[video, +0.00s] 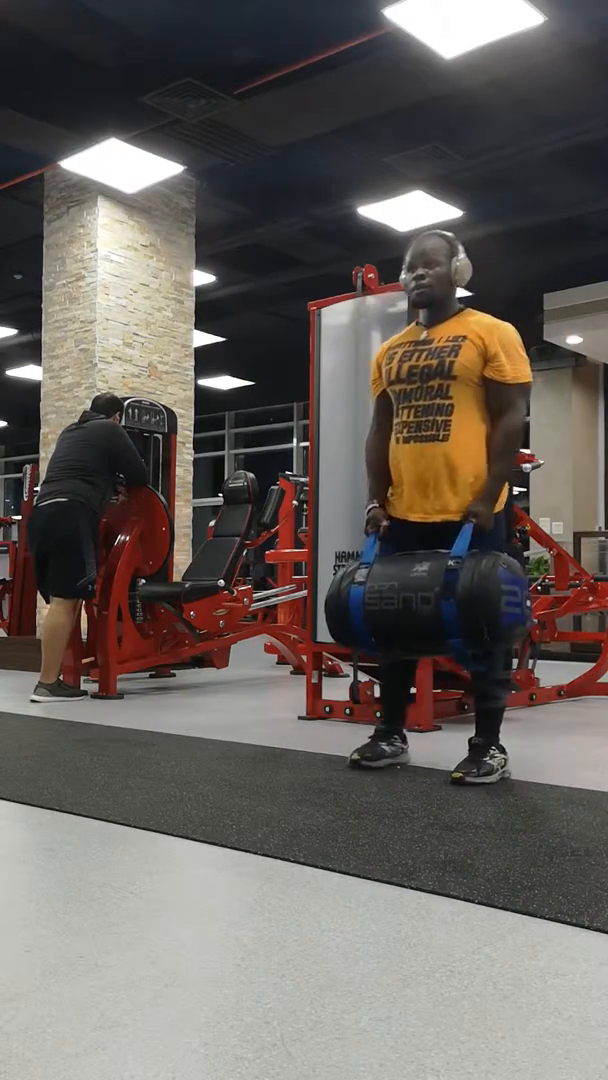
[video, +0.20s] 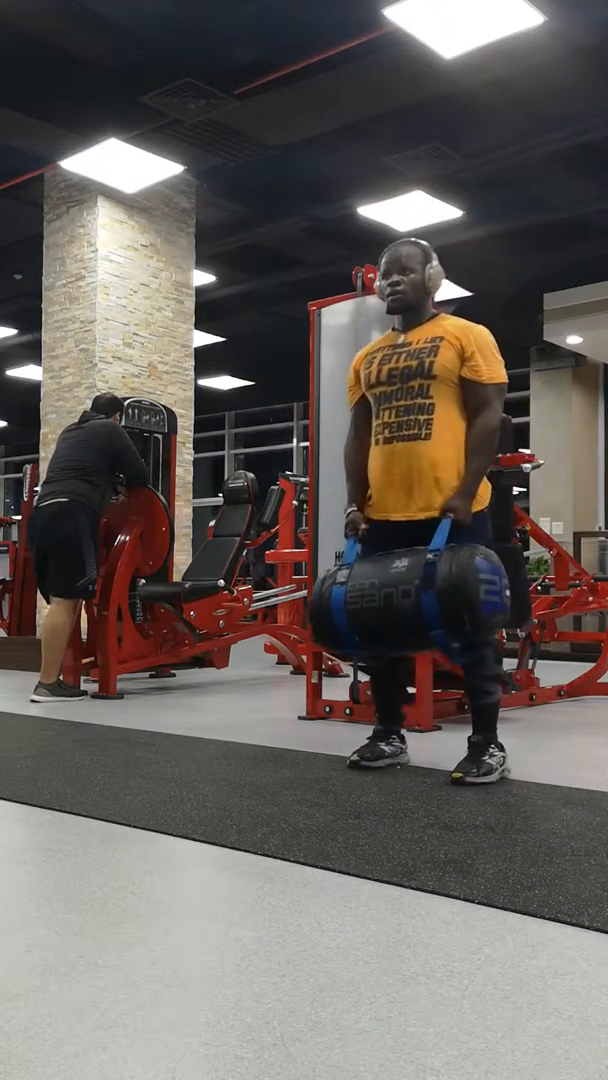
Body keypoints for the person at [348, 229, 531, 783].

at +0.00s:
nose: (416, 274)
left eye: (428, 264)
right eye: (410, 267)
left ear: (459, 271)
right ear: (403, 279)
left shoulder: (492, 334)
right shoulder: (390, 352)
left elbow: (511, 418)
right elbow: (379, 431)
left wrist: (489, 497)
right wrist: (376, 500)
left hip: (473, 513)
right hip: (404, 514)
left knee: (484, 620)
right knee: (394, 616)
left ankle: (487, 745)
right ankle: (390, 731)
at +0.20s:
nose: (389, 280)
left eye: (401, 270)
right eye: (384, 274)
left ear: (432, 278)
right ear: (381, 288)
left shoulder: (467, 336)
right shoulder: (367, 358)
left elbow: (488, 415)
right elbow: (359, 434)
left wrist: (467, 491)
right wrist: (355, 502)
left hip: (454, 511)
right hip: (385, 516)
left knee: (470, 619)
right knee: (379, 620)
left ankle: (485, 743)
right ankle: (387, 733)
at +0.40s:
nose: (385, 284)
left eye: (397, 274)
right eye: (380, 278)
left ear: (428, 281)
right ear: (377, 291)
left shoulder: (460, 338)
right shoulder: (363, 358)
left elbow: (478, 417)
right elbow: (352, 435)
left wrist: (455, 494)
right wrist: (348, 497)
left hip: (446, 510)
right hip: (376, 516)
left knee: (466, 619)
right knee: (377, 620)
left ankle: (485, 743)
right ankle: (387, 734)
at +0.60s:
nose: (388, 281)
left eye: (401, 272)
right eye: (383, 275)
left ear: (430, 281)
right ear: (379, 288)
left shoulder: (459, 337)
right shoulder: (366, 357)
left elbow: (477, 419)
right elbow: (357, 436)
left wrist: (451, 499)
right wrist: (352, 504)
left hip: (447, 512)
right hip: (380, 517)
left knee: (464, 621)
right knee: (381, 621)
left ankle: (486, 744)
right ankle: (388, 733)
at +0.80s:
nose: (374, 283)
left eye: (387, 273)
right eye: (370, 276)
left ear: (421, 282)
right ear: (368, 289)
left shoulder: (455, 339)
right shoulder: (361, 358)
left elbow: (483, 424)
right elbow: (361, 439)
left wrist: (462, 504)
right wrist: (360, 508)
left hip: (458, 517)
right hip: (392, 521)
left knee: (473, 623)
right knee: (390, 621)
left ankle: (487, 745)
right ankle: (389, 733)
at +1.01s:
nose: (357, 304)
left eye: (371, 296)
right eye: (354, 298)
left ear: (405, 305)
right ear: (352, 312)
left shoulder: (446, 363)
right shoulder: (347, 381)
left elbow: (495, 435)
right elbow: (359, 452)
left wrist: (471, 518)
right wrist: (363, 521)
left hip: (476, 516)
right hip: (410, 520)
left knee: (488, 622)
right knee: (402, 622)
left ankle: (488, 745)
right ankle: (391, 733)